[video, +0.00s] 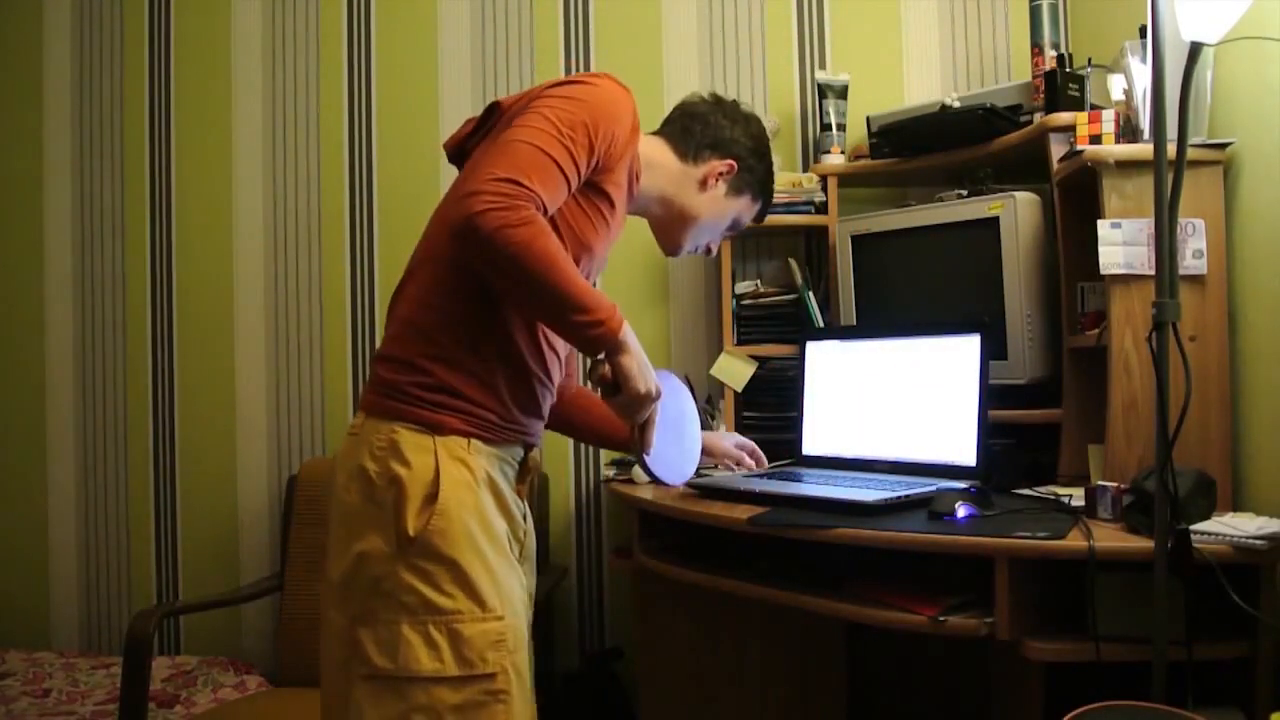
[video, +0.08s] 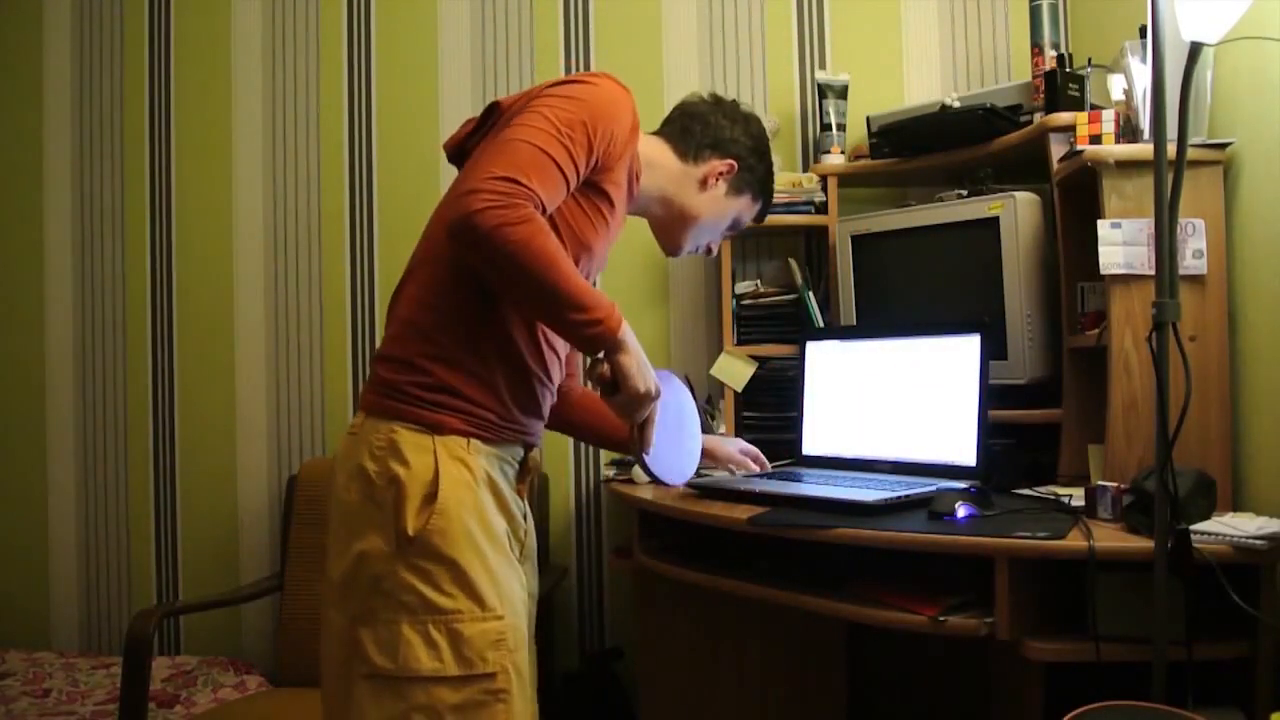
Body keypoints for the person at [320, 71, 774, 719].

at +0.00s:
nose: (715, 245)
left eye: (729, 234)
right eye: (731, 225)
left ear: (711, 176)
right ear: (717, 175)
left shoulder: (594, 210)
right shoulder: (604, 103)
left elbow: (547, 389)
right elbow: (491, 206)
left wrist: (684, 439)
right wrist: (616, 338)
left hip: (484, 478)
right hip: (430, 471)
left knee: (494, 698)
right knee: (466, 704)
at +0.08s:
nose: (715, 245)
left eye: (730, 234)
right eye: (731, 224)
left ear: (711, 176)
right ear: (717, 175)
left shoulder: (594, 212)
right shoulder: (603, 103)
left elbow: (557, 392)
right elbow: (488, 206)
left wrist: (688, 443)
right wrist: (615, 337)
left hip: (486, 477)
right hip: (430, 471)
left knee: (500, 698)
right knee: (465, 704)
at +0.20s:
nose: (717, 244)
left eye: (731, 233)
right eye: (732, 223)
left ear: (713, 173)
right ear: (718, 173)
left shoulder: (596, 212)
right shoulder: (603, 102)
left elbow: (562, 389)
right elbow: (487, 206)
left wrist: (693, 444)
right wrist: (613, 334)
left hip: (487, 477)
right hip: (430, 471)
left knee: (504, 698)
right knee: (469, 704)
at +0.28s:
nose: (718, 244)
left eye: (732, 232)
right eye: (733, 222)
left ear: (713, 172)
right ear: (718, 172)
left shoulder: (596, 210)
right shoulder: (602, 101)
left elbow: (561, 387)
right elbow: (487, 207)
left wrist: (695, 444)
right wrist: (614, 334)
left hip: (486, 477)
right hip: (429, 470)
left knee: (504, 699)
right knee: (469, 704)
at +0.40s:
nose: (720, 243)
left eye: (734, 230)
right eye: (736, 220)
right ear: (720, 170)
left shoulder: (597, 212)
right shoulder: (602, 101)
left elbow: (566, 388)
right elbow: (488, 208)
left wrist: (703, 441)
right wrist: (614, 335)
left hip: (488, 476)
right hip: (429, 469)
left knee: (504, 699)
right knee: (469, 704)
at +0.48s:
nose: (721, 243)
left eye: (736, 230)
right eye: (737, 220)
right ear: (721, 170)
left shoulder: (598, 212)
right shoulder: (603, 102)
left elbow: (567, 386)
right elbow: (489, 208)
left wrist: (705, 441)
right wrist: (615, 336)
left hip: (488, 475)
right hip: (430, 468)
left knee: (503, 699)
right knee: (470, 704)